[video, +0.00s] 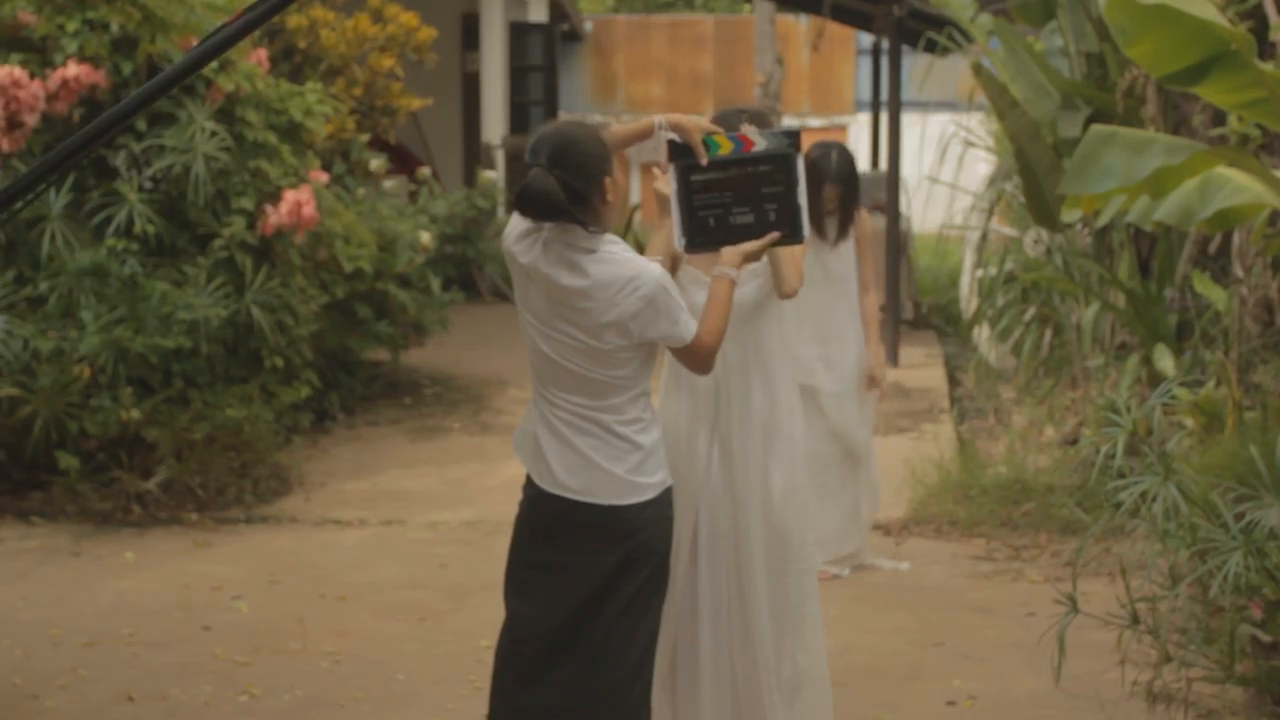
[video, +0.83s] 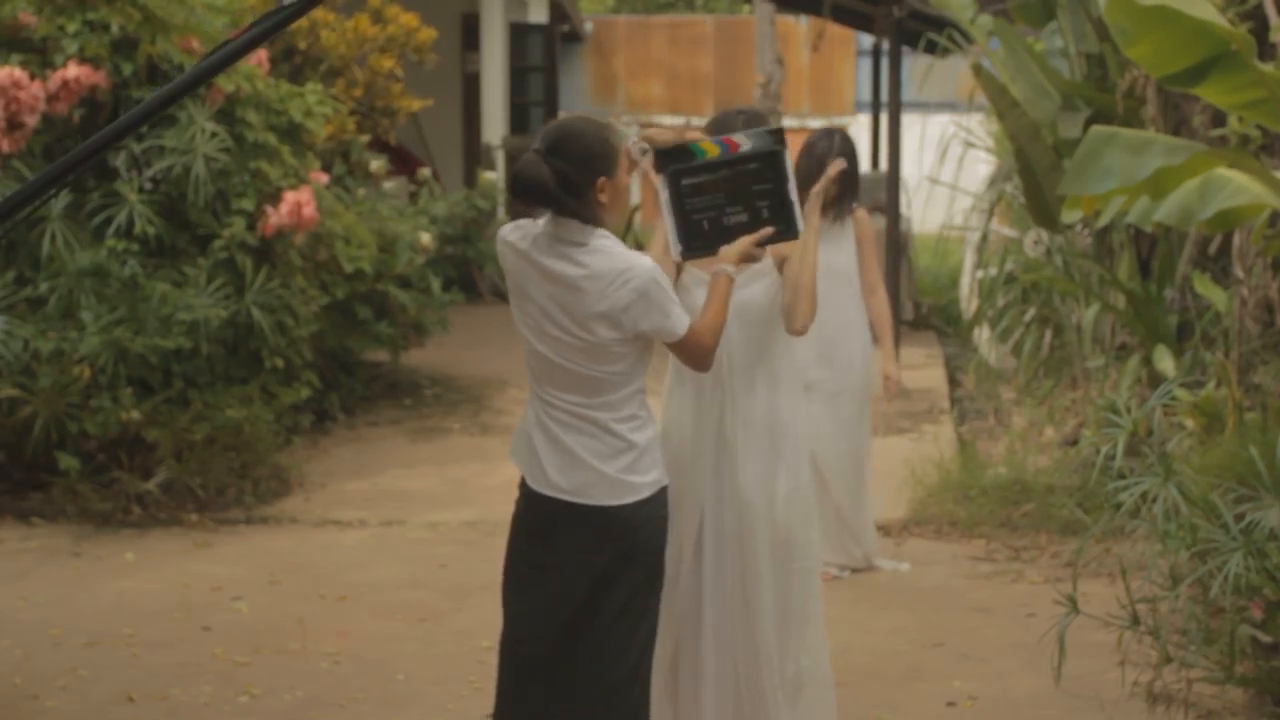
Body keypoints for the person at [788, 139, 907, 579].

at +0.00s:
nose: (828, 201)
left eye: (836, 192)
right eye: (821, 192)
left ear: (849, 189)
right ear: (806, 188)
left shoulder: (860, 225)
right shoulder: (792, 223)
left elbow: (869, 291)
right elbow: (778, 290)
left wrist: (874, 351)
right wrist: (774, 357)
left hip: (843, 353)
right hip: (796, 355)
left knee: (844, 450)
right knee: (803, 451)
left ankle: (845, 547)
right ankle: (809, 550)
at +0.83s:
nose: (832, 183)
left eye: (841, 175)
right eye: (824, 174)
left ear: (850, 176)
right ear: (805, 173)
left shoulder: (857, 220)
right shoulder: (786, 221)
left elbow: (873, 288)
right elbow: (771, 293)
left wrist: (888, 354)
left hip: (845, 353)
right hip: (795, 354)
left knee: (844, 450)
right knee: (802, 451)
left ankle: (850, 547)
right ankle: (812, 552)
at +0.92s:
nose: (834, 180)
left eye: (842, 170)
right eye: (824, 170)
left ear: (853, 171)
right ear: (804, 169)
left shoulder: (857, 219)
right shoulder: (785, 217)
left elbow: (873, 288)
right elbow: (777, 283)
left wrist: (886, 354)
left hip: (846, 347)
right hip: (796, 348)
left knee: (845, 445)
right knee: (802, 445)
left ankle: (849, 545)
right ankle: (807, 550)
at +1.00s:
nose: (830, 174)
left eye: (837, 164)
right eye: (819, 164)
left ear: (848, 163)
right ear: (800, 164)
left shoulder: (855, 210)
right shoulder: (782, 210)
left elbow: (871, 285)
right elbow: (770, 280)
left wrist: (882, 353)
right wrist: (775, 346)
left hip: (844, 345)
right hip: (794, 343)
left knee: (841, 444)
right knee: (799, 444)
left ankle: (848, 545)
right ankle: (806, 549)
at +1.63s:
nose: (815, 160)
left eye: (825, 151)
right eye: (806, 151)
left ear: (840, 160)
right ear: (793, 159)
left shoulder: (857, 217)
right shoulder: (780, 217)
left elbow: (875, 280)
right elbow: (763, 275)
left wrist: (862, 298)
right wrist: (776, 309)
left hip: (845, 345)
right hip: (793, 344)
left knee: (849, 442)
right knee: (801, 440)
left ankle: (851, 544)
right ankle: (807, 546)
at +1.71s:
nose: (815, 161)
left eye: (825, 153)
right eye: (807, 152)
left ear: (839, 161)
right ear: (793, 160)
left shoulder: (855, 215)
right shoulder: (780, 214)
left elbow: (880, 282)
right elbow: (762, 275)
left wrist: (855, 241)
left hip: (845, 340)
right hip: (792, 338)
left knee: (848, 439)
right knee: (797, 437)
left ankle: (848, 545)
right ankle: (806, 545)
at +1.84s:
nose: (817, 166)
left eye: (827, 156)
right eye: (809, 157)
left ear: (841, 163)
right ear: (793, 166)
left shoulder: (853, 210)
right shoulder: (781, 215)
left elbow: (871, 239)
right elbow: (757, 226)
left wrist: (842, 175)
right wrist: (781, 171)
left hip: (847, 336)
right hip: (795, 337)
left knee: (852, 436)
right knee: (801, 438)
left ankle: (855, 541)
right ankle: (809, 545)